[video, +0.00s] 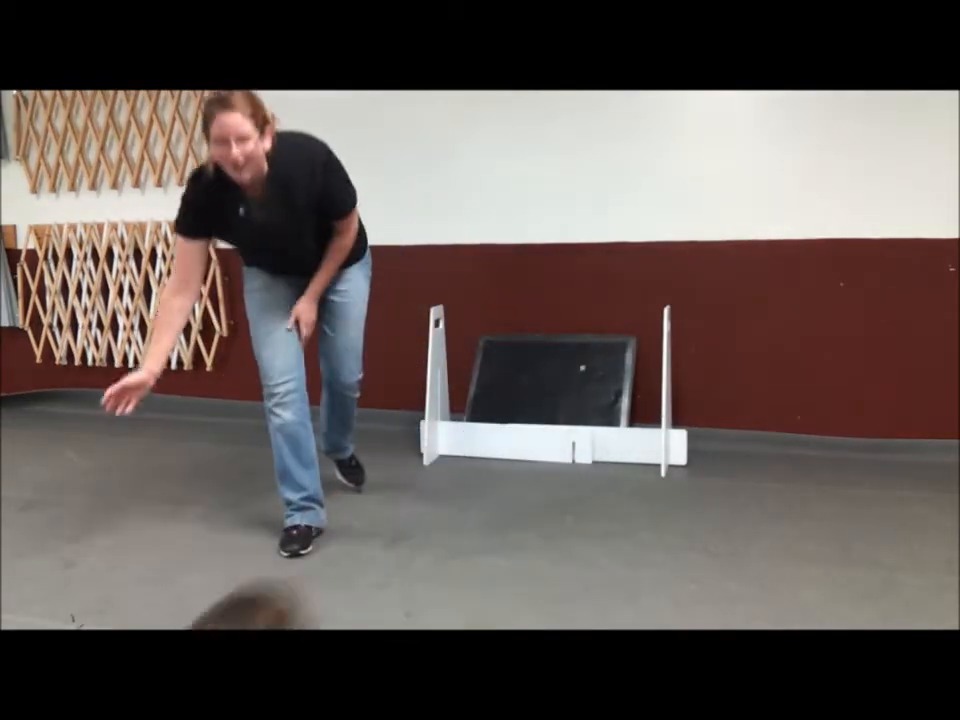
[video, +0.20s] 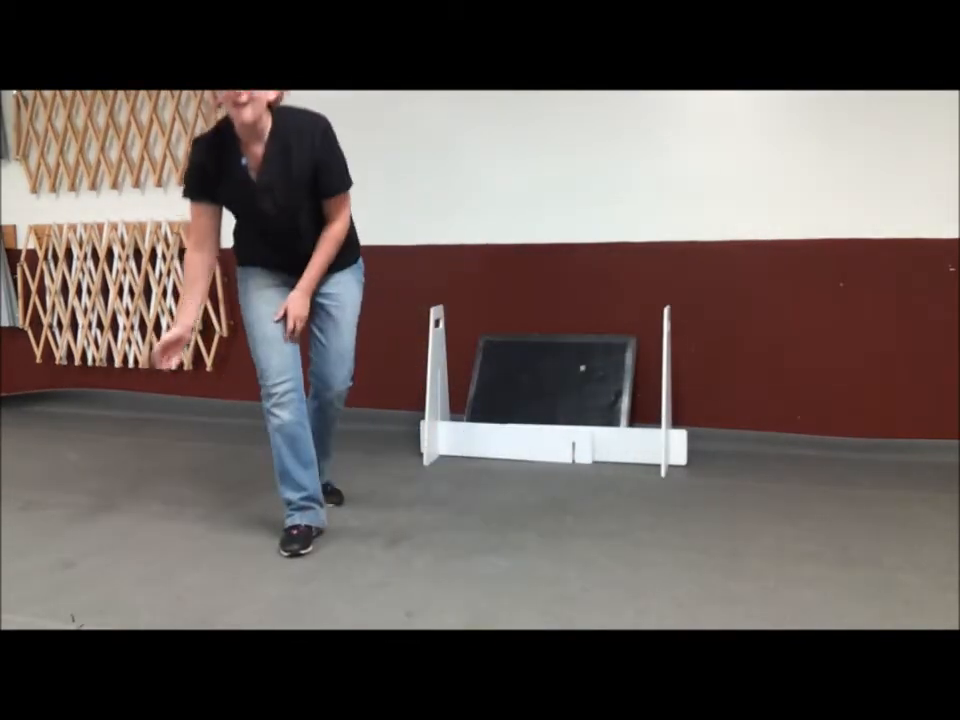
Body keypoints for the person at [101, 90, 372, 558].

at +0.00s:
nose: (234, 153)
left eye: (243, 139)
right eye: (222, 142)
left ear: (265, 134)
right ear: (208, 145)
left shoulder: (310, 159)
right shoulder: (204, 191)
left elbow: (347, 229)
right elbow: (181, 288)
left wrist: (313, 294)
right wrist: (149, 369)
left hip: (339, 264)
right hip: (269, 273)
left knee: (345, 376)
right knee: (282, 390)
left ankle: (339, 446)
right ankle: (302, 511)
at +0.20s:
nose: (240, 92)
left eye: (252, 85)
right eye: (230, 87)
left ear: (274, 92)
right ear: (218, 97)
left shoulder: (311, 131)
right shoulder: (209, 151)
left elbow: (339, 219)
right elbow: (200, 246)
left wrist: (304, 290)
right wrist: (185, 323)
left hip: (333, 265)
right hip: (264, 269)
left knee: (333, 385)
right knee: (280, 389)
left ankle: (315, 474)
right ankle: (301, 512)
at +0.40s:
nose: (352, 126)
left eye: (356, 117)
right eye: (348, 116)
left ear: (328, 107)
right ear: (320, 106)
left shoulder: (338, 156)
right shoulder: (236, 146)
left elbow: (390, 229)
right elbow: (197, 223)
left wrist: (447, 286)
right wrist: (270, 263)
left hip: (307, 275)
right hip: (241, 279)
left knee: (352, 361)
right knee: (247, 393)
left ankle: (384, 461)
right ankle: (214, 495)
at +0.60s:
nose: (432, 162)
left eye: (434, 154)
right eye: (427, 152)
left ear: (408, 151)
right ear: (402, 146)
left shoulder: (404, 196)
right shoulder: (329, 173)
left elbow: (456, 243)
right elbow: (272, 229)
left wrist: (511, 287)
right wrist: (334, 284)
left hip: (346, 286)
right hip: (290, 282)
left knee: (400, 370)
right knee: (279, 394)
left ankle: (404, 455)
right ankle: (220, 518)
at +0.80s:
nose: (487, 199)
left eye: (490, 192)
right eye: (487, 190)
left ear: (465, 182)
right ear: (471, 183)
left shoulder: (456, 221)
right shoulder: (417, 190)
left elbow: (491, 241)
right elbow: (344, 230)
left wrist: (536, 263)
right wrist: (381, 295)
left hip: (368, 277)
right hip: (328, 268)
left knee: (412, 357)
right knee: (335, 374)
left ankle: (407, 456)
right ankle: (275, 497)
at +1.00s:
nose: (492, 201)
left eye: (495, 194)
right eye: (493, 193)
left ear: (475, 183)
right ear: (479, 183)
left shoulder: (453, 201)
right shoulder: (438, 194)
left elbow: (468, 217)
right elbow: (376, 237)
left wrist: (495, 229)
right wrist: (410, 293)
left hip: (379, 265)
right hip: (346, 264)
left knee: (417, 357)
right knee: (387, 366)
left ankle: (407, 457)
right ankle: (349, 486)